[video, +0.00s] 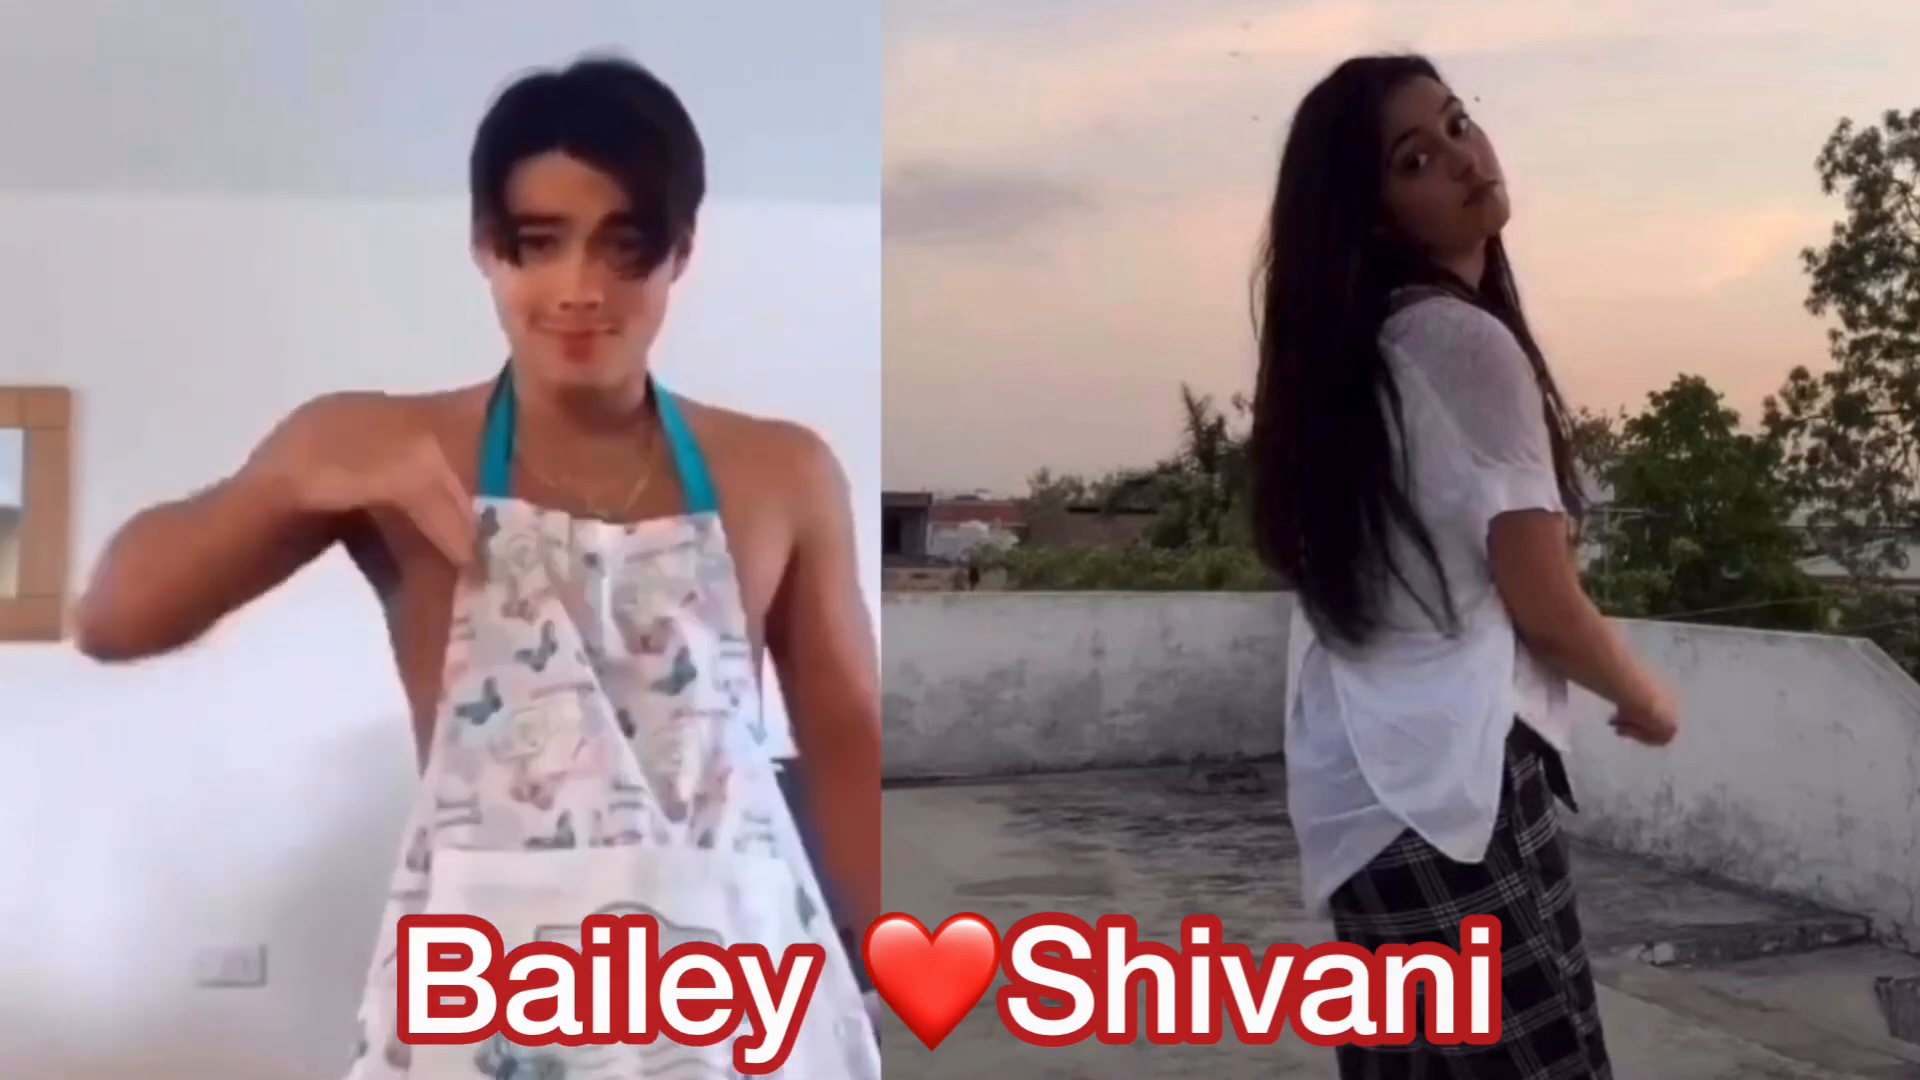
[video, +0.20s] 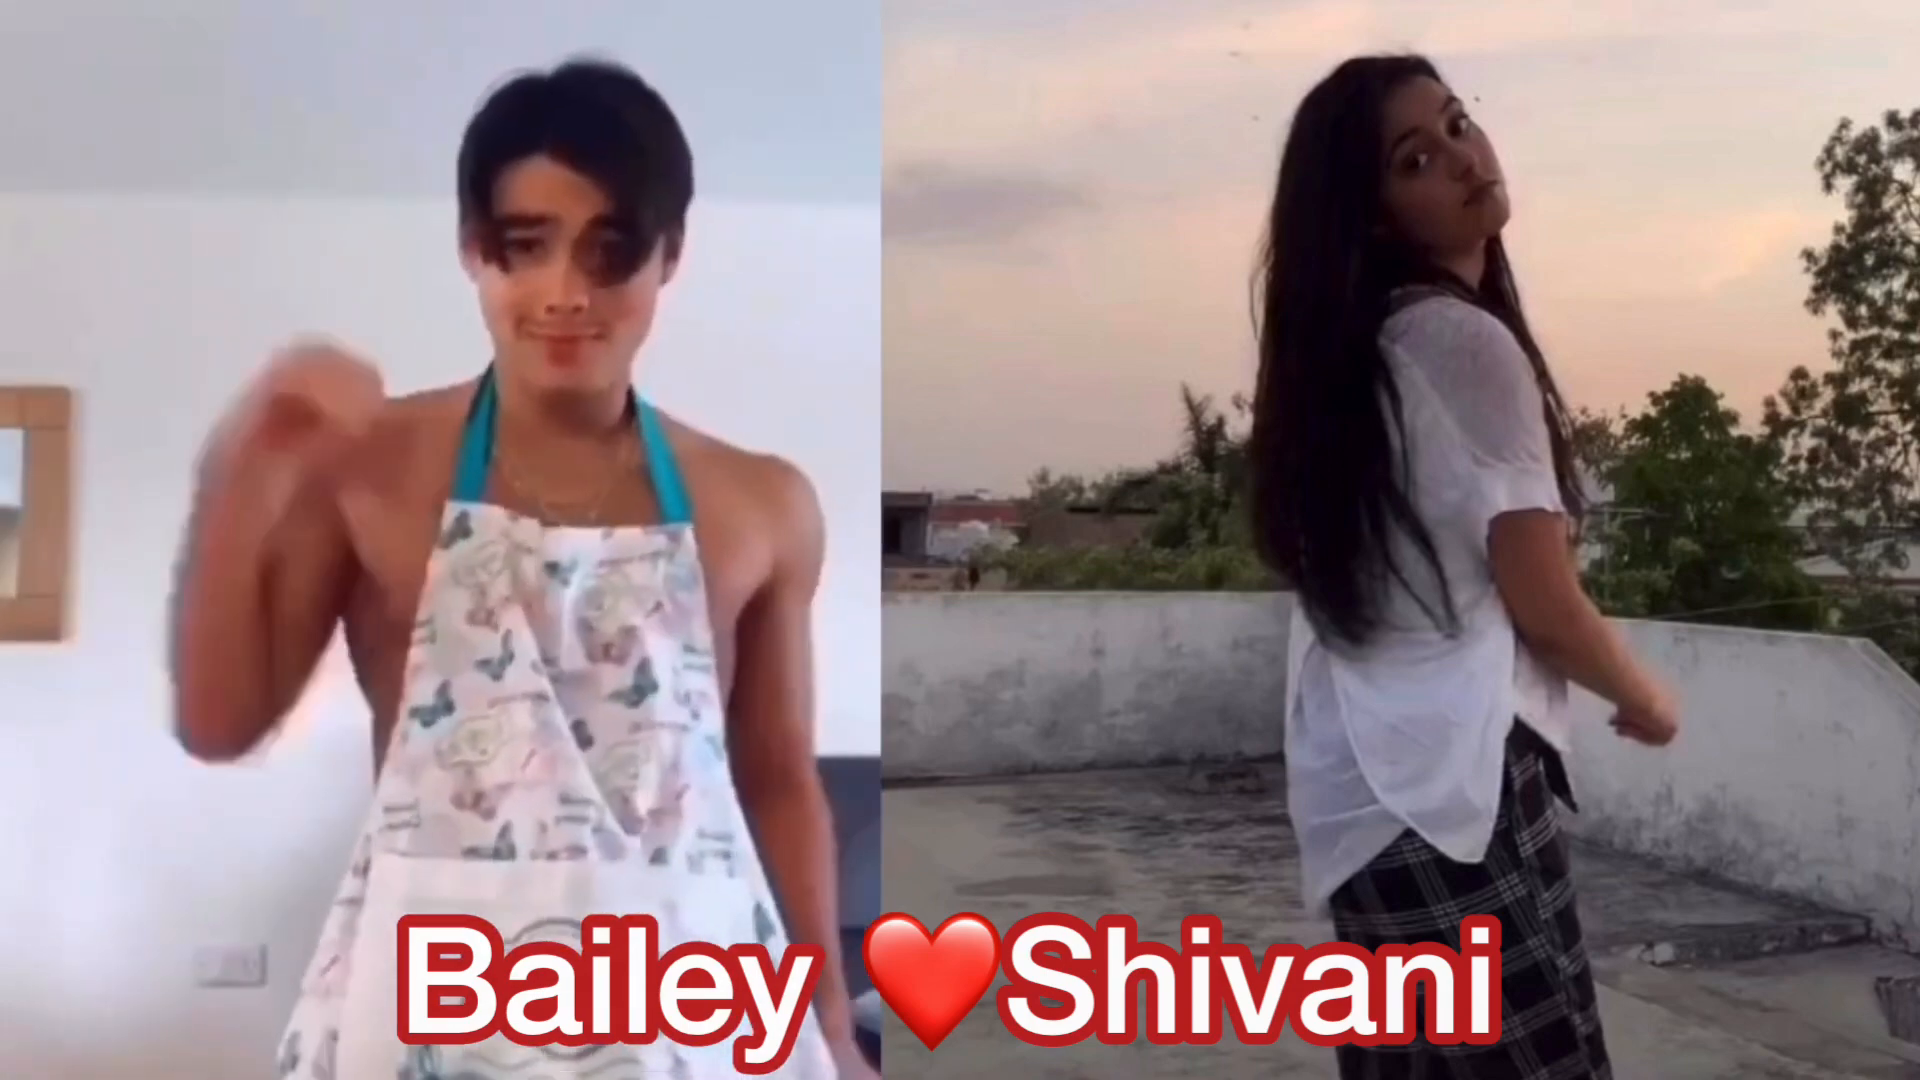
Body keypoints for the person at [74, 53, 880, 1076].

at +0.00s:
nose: (578, 291)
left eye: (624, 246)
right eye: (533, 245)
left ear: (682, 258)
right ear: (486, 255)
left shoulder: (784, 474)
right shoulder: (384, 453)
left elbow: (845, 759)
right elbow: (110, 621)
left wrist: (861, 990)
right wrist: (295, 476)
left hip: (745, 983)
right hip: (488, 996)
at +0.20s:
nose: (563, 291)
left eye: (609, 247)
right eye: (523, 245)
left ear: (669, 260)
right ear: (473, 256)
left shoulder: (761, 507)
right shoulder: (362, 466)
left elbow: (780, 780)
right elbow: (219, 723)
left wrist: (830, 1022)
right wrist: (243, 470)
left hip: (690, 1001)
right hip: (432, 996)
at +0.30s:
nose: (550, 281)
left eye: (597, 237)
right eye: (506, 231)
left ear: (657, 243)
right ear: (458, 234)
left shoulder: (746, 483)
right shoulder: (347, 410)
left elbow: (775, 757)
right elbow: (75, 455)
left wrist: (808, 1009)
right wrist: (194, 191)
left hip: (667, 1001)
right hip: (403, 999)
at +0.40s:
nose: (529, 276)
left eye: (577, 234)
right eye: (487, 226)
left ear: (632, 237)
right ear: (435, 226)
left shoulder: (722, 475)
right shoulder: (326, 399)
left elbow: (760, 746)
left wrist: (798, 995)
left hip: (653, 1006)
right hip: (379, 1000)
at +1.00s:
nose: (476, 245)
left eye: (523, 197)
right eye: (430, 196)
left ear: (596, 198)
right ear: (387, 206)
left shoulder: (670, 470)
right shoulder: (313, 319)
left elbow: (750, 765)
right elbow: (146, 44)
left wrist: (820, 1046)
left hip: (561, 983)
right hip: (311, 967)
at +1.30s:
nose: (577, 298)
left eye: (625, 248)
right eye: (533, 250)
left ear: (699, 239)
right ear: (491, 254)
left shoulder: (813, 445)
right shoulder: (433, 389)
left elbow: (841, 750)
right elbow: (237, 141)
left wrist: (846, 1037)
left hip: (647, 1015)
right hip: (385, 990)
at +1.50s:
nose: (653, 371)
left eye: (695, 319)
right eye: (605, 322)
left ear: (773, 309)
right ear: (566, 325)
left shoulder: (855, 470)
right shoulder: (505, 474)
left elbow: (858, 778)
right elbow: (285, 264)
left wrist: (853, 979)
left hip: (806, 1008)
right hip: (564, 1007)